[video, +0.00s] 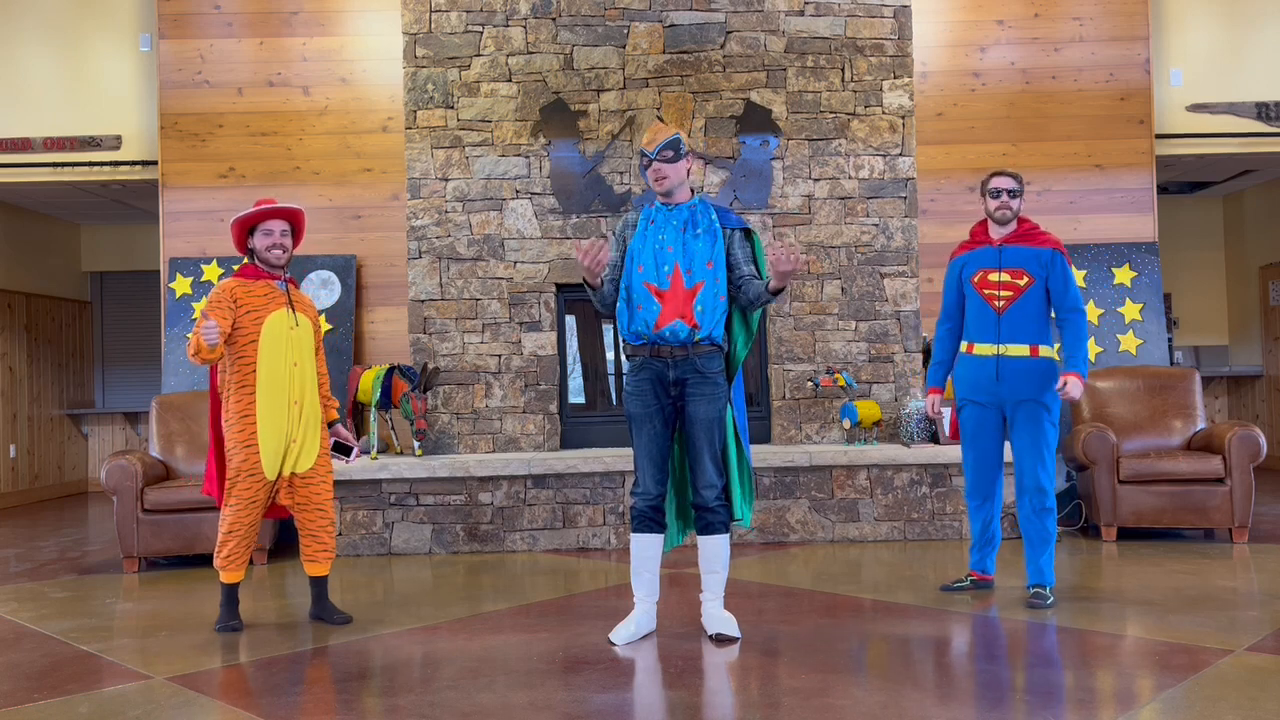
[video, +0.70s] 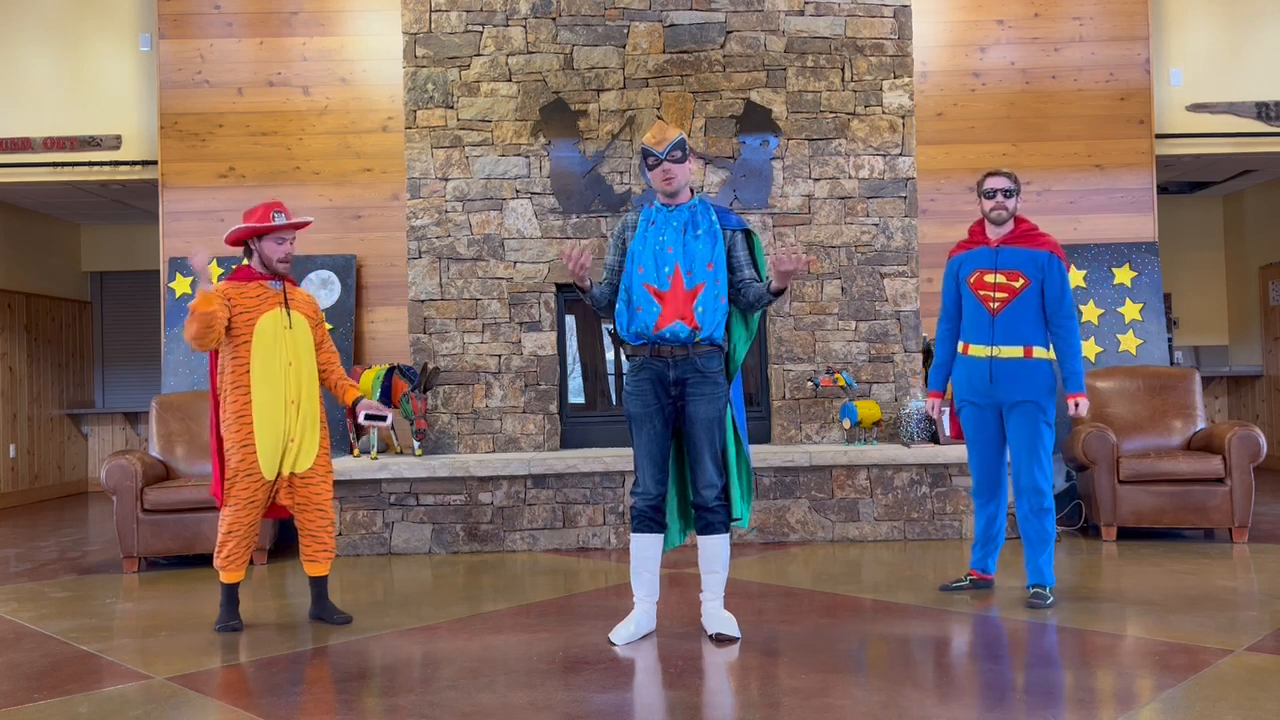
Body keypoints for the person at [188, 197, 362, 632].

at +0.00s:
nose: (277, 242)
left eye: (284, 235)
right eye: (267, 235)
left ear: (293, 243)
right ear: (251, 243)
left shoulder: (303, 300)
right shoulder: (229, 293)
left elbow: (318, 367)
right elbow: (200, 353)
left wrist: (332, 420)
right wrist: (207, 343)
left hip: (303, 418)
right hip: (250, 418)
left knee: (318, 499)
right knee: (244, 500)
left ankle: (321, 600)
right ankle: (229, 605)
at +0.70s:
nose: (289, 249)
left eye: (292, 240)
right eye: (279, 241)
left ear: (294, 243)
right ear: (254, 246)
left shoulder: (305, 300)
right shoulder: (229, 294)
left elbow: (328, 363)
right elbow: (201, 338)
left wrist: (355, 399)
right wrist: (205, 283)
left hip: (304, 422)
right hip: (250, 425)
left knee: (318, 504)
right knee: (243, 506)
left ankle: (321, 601)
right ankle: (229, 606)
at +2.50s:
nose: (285, 251)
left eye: (287, 243)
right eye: (275, 243)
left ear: (289, 246)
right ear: (250, 246)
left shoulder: (298, 295)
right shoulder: (222, 296)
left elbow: (325, 355)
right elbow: (233, 344)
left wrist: (338, 324)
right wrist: (285, 310)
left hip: (303, 418)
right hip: (249, 421)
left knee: (316, 501)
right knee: (242, 505)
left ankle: (321, 601)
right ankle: (229, 606)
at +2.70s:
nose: (283, 251)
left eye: (286, 243)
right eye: (274, 243)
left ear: (288, 247)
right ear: (249, 246)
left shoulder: (299, 297)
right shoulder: (221, 297)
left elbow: (325, 356)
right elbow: (231, 345)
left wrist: (334, 324)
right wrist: (289, 321)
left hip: (303, 419)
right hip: (248, 422)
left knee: (316, 501)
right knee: (241, 505)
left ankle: (320, 601)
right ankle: (229, 606)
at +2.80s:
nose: (283, 252)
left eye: (286, 244)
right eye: (274, 243)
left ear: (288, 247)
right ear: (249, 246)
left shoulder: (298, 298)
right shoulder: (221, 297)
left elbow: (325, 356)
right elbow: (232, 344)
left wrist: (333, 324)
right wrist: (292, 323)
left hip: (302, 419)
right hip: (248, 422)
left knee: (317, 502)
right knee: (241, 505)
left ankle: (320, 601)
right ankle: (229, 607)